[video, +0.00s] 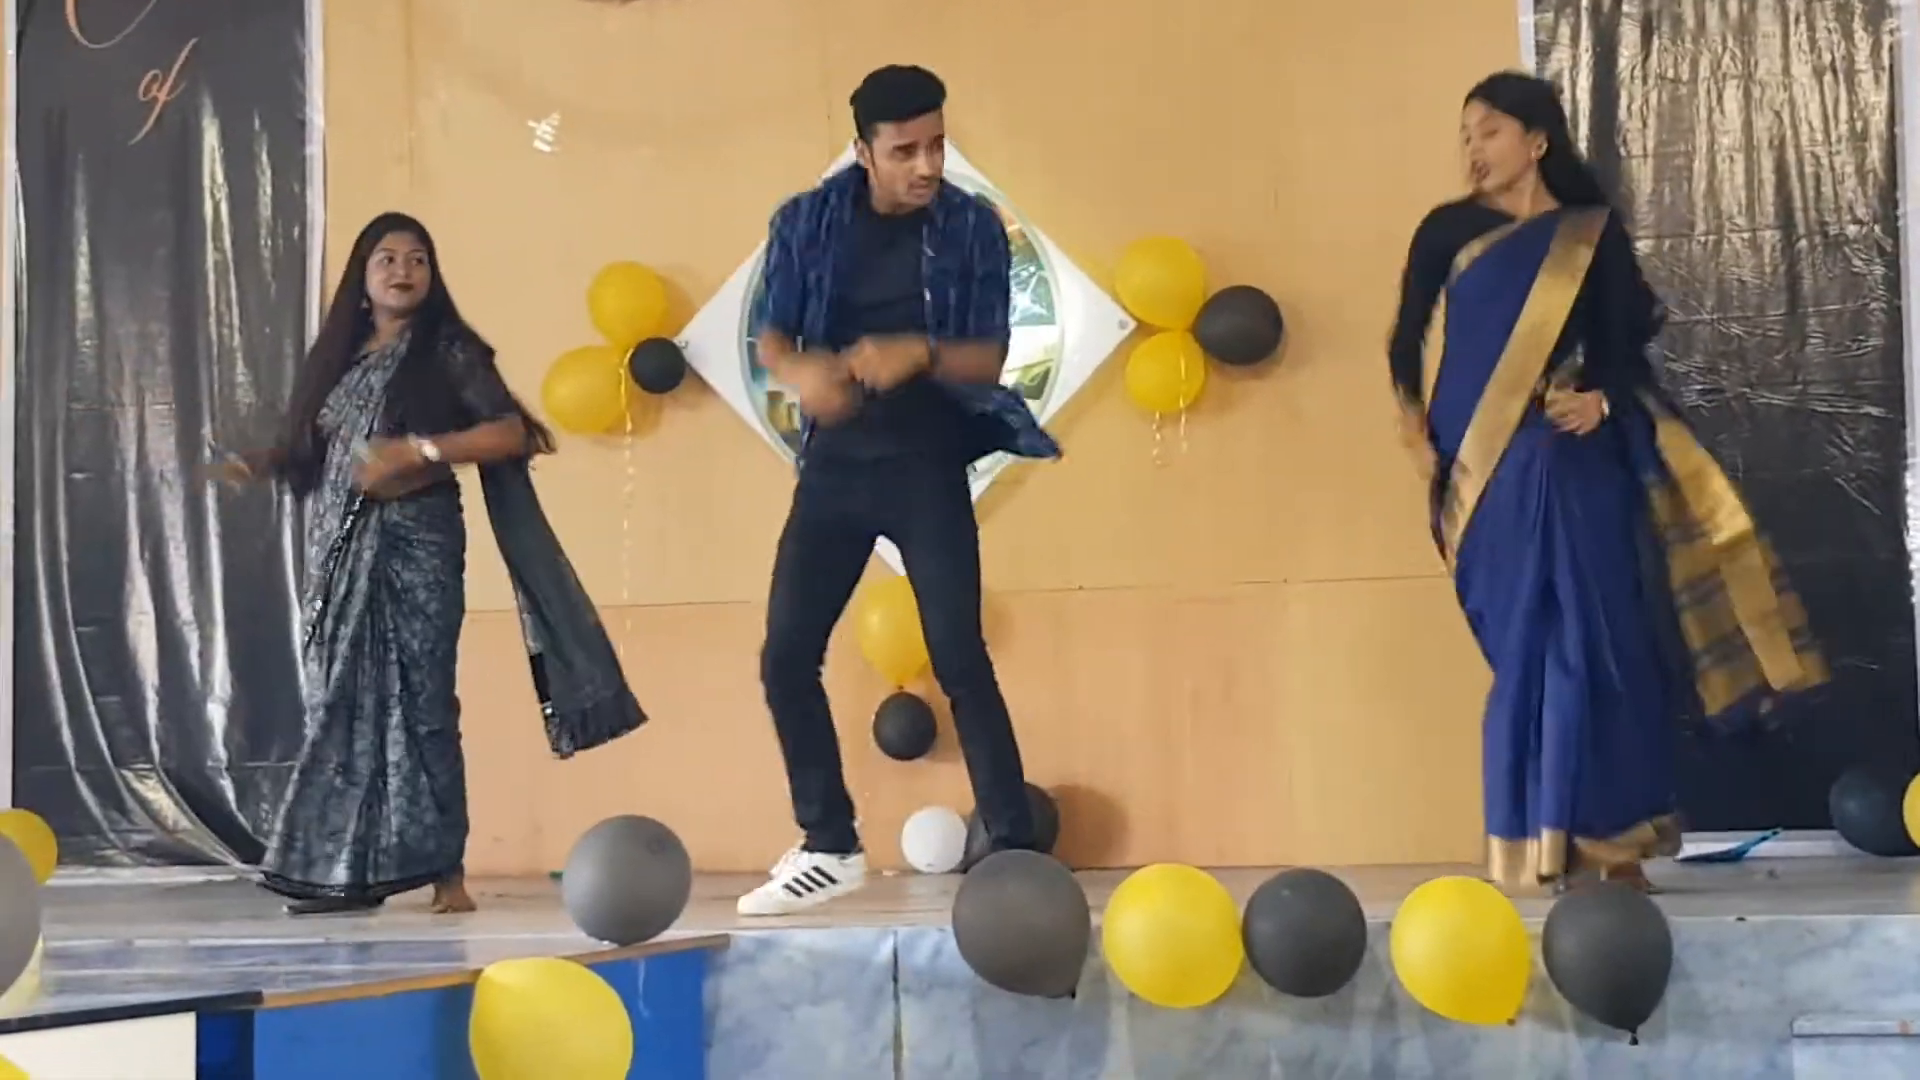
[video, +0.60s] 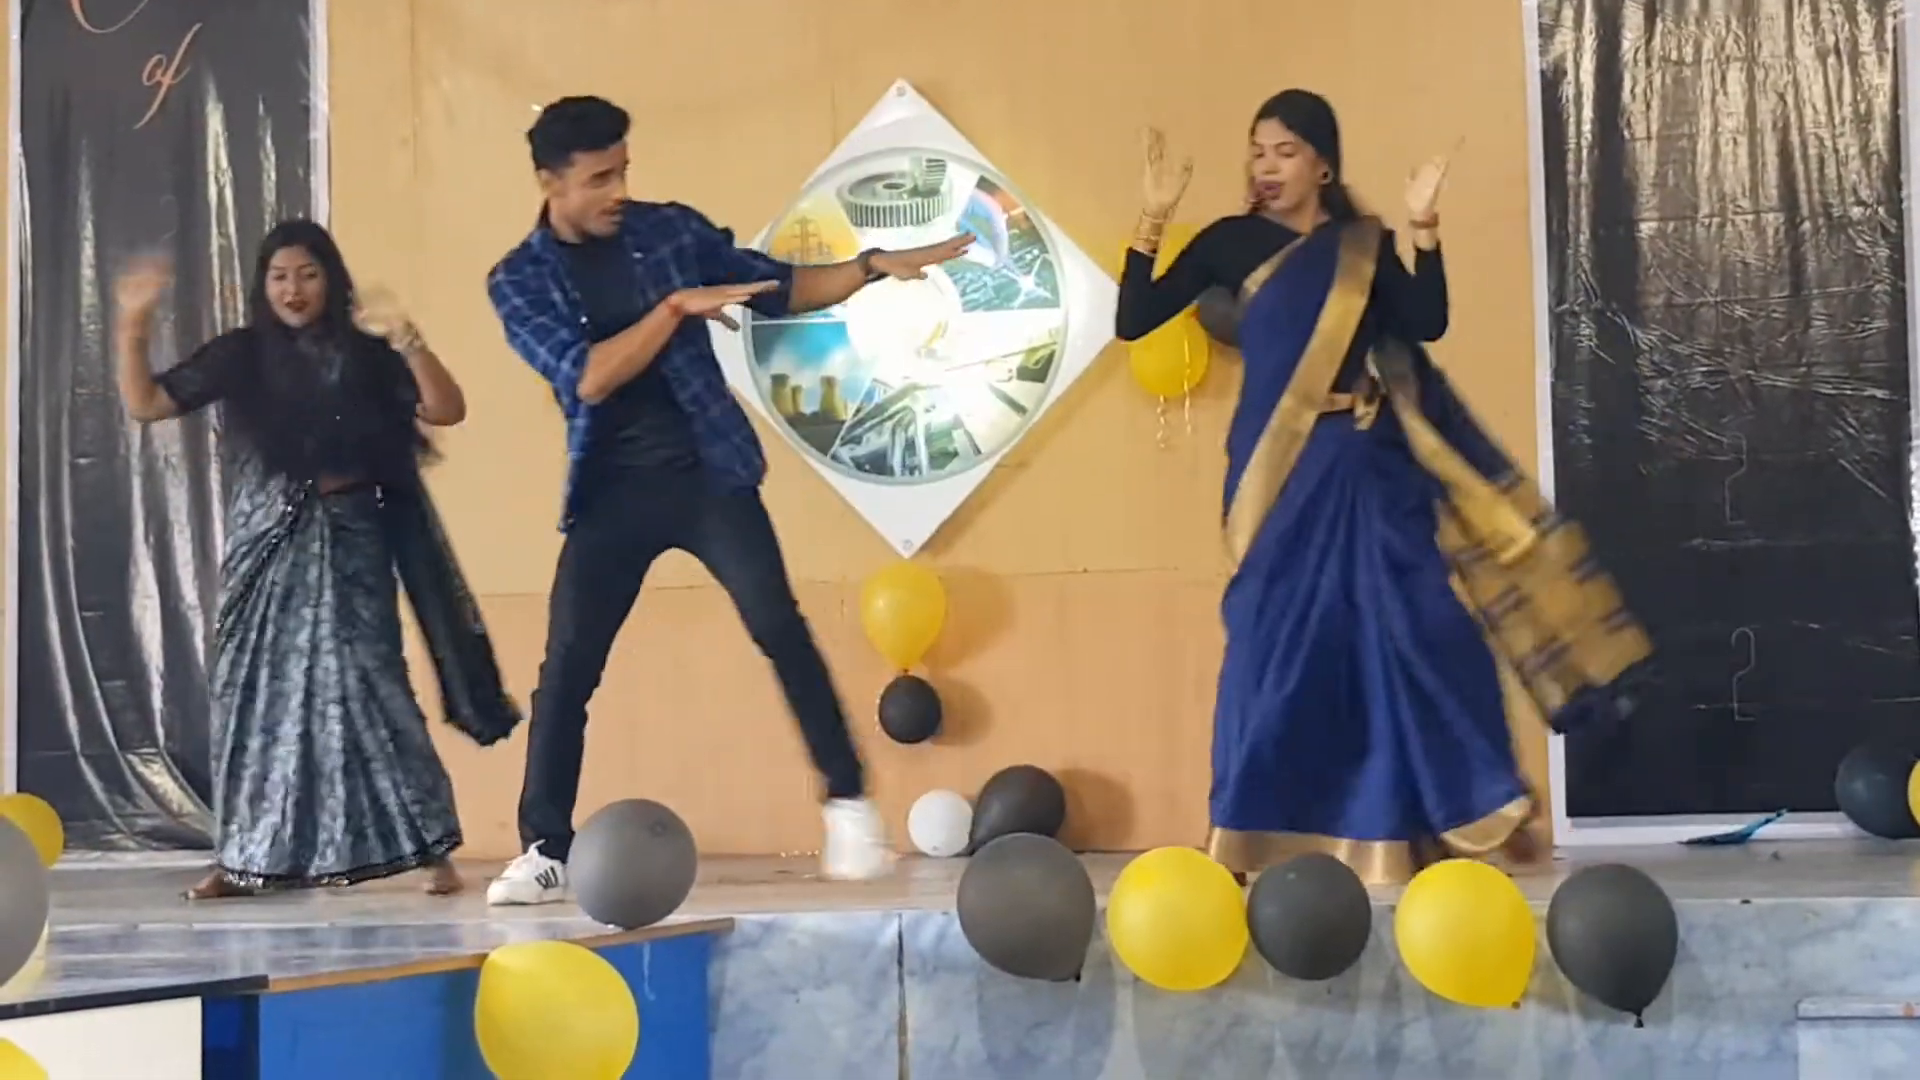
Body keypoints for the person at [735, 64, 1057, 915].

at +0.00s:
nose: (928, 166)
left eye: (936, 146)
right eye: (908, 152)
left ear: (944, 138)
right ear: (865, 149)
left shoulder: (972, 226)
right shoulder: (807, 221)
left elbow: (989, 361)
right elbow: (767, 342)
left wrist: (921, 352)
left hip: (930, 471)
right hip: (833, 472)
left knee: (959, 657)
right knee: (787, 660)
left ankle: (1010, 854)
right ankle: (830, 849)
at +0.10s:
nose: (923, 180)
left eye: (928, 162)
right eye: (903, 167)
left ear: (935, 156)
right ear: (856, 169)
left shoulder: (961, 253)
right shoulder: (799, 258)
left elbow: (978, 376)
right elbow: (777, 389)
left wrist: (946, 414)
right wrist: (830, 457)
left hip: (915, 481)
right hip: (817, 481)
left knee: (955, 662)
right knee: (740, 657)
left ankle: (1009, 847)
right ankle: (780, 825)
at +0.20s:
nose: (872, 181)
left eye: (874, 162)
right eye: (852, 168)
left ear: (876, 154)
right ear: (805, 167)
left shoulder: (914, 233)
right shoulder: (760, 253)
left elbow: (972, 329)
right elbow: (763, 394)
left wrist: (992, 365)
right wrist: (851, 391)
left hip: (880, 487)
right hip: (782, 484)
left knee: (931, 664)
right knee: (684, 643)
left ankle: (1002, 834)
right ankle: (685, 813)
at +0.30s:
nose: (799, 168)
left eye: (801, 151)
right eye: (780, 157)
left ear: (804, 145)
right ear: (729, 160)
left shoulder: (843, 213)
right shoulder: (691, 242)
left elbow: (935, 280)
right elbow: (725, 360)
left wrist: (993, 280)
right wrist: (812, 294)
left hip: (844, 484)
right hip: (741, 486)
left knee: (910, 657)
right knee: (647, 653)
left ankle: (999, 834)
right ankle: (576, 828)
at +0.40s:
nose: (721, 183)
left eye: (724, 166)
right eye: (703, 170)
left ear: (726, 162)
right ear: (651, 174)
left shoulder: (767, 231)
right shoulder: (614, 262)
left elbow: (888, 275)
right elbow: (676, 352)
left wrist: (966, 238)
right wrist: (749, 271)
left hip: (790, 497)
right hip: (689, 508)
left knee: (875, 657)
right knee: (610, 677)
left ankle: (996, 823)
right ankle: (546, 851)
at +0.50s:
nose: (658, 194)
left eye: (661, 176)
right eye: (640, 181)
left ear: (661, 170)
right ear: (589, 184)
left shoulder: (700, 240)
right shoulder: (553, 281)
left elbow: (814, 295)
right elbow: (617, 375)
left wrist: (904, 255)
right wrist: (699, 298)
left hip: (738, 492)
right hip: (640, 507)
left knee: (826, 645)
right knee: (575, 681)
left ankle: (946, 813)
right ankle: (545, 855)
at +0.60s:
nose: (620, 191)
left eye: (623, 174)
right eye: (601, 180)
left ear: (625, 165)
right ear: (550, 182)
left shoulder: (670, 231)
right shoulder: (521, 278)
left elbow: (780, 284)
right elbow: (586, 379)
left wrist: (875, 263)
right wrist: (672, 308)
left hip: (712, 479)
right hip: (614, 496)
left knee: (779, 629)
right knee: (565, 673)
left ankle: (848, 805)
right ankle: (543, 853)